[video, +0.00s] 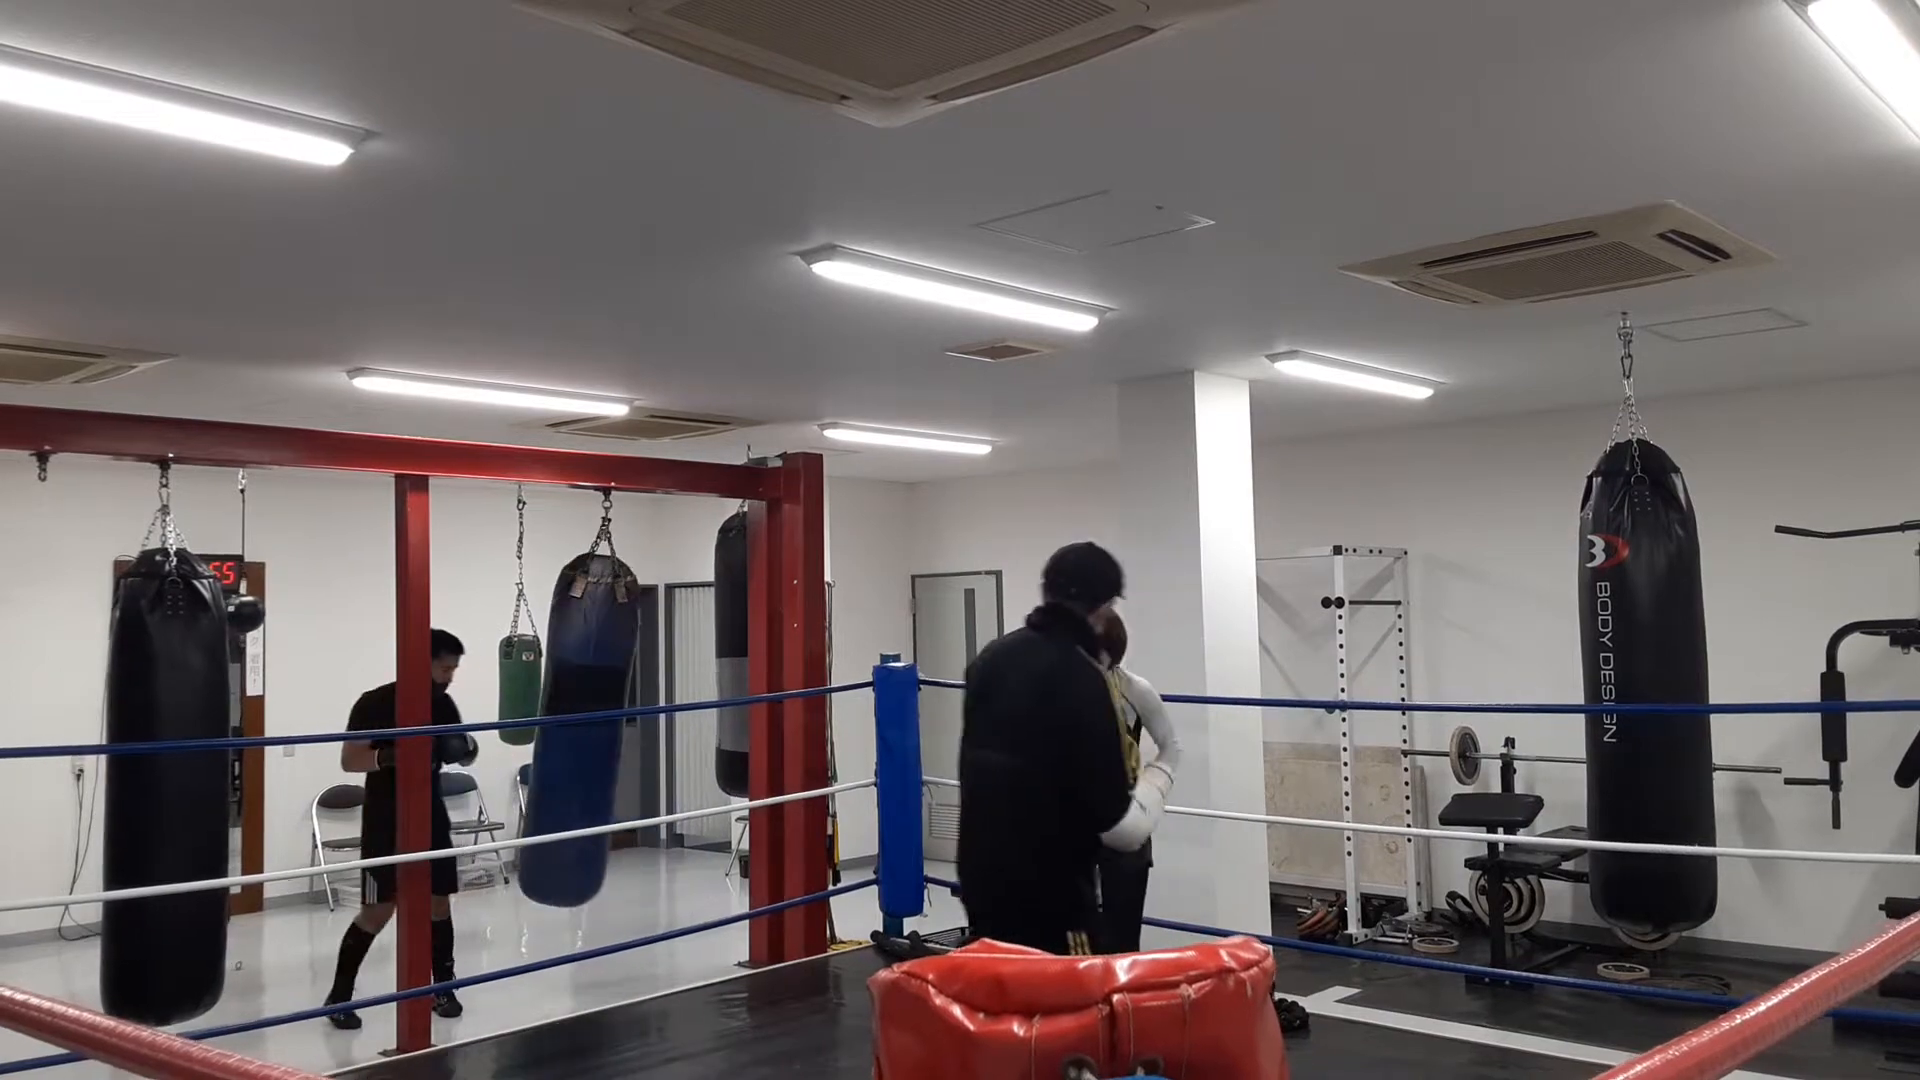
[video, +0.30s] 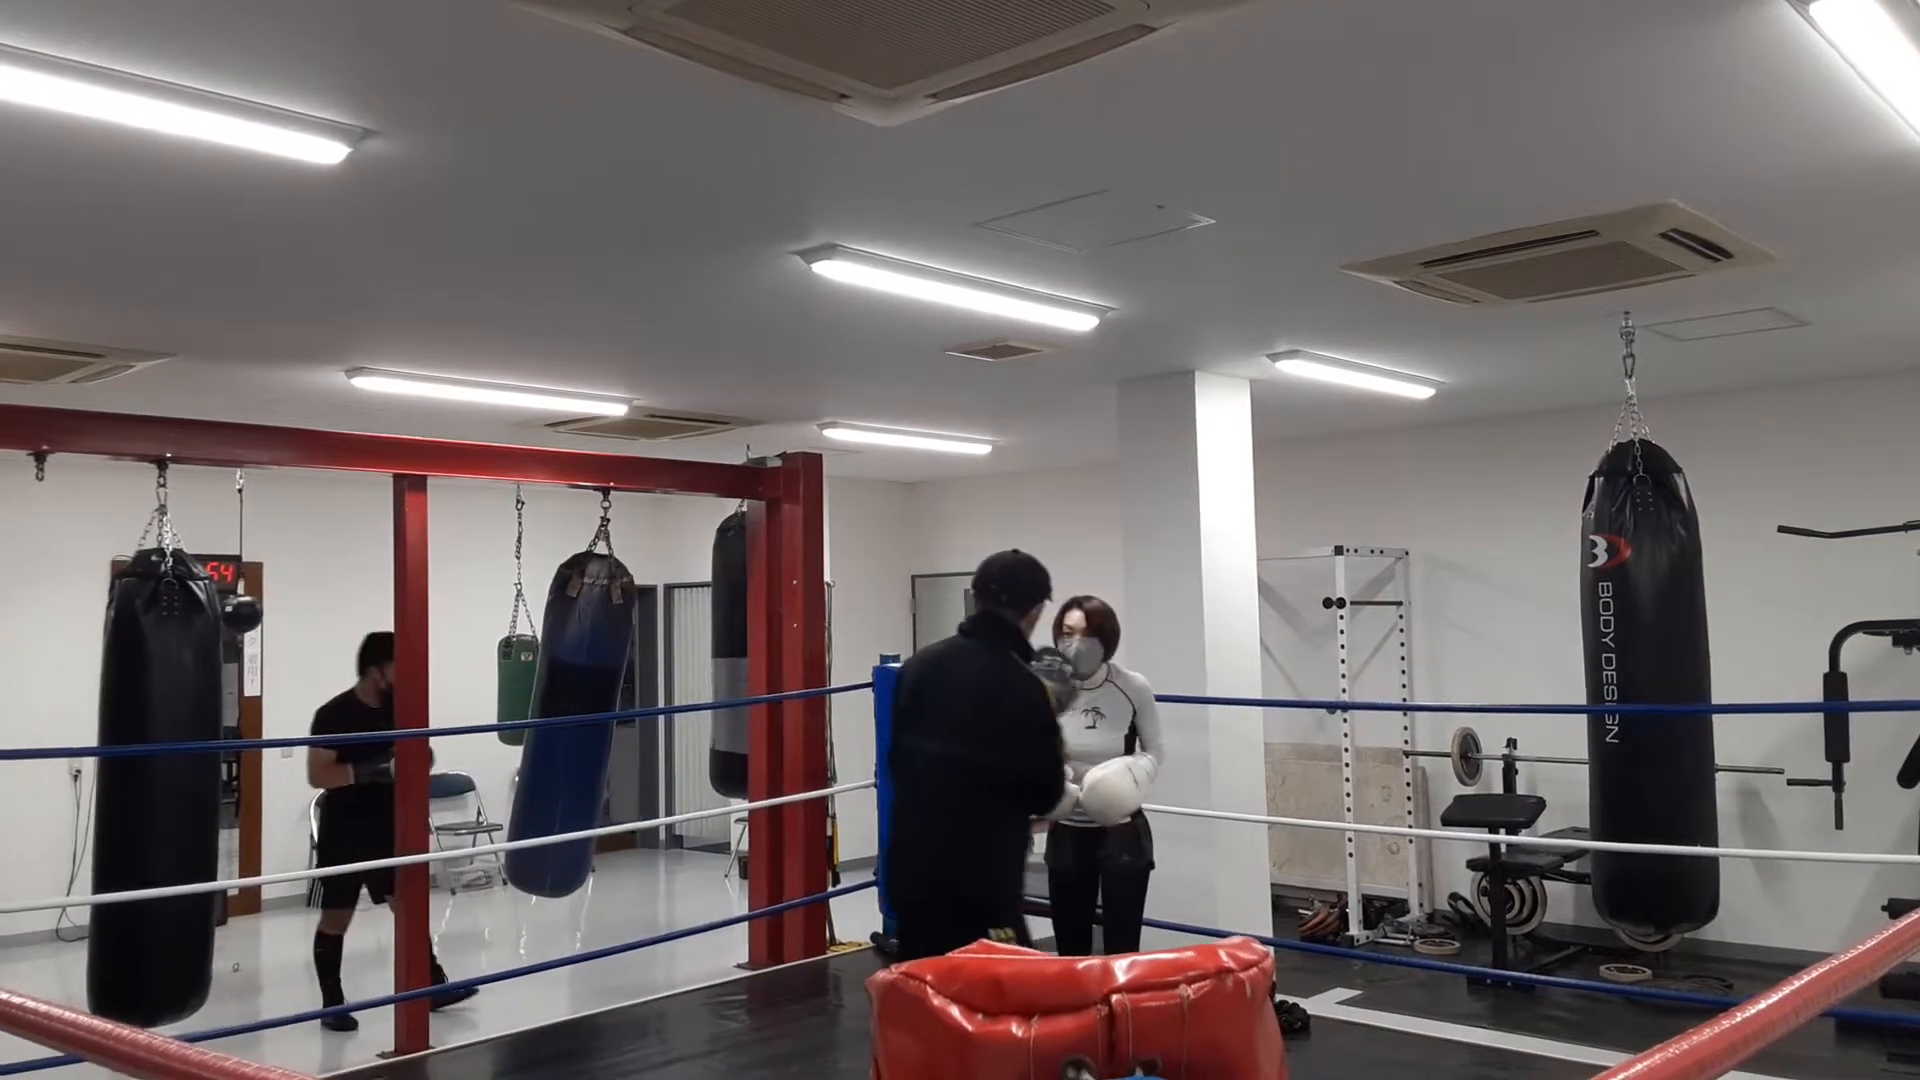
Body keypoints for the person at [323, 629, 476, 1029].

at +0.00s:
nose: (450, 677)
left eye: (454, 669)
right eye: (445, 668)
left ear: (449, 667)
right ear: (422, 662)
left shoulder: (442, 704)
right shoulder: (375, 703)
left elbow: (463, 750)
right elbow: (350, 760)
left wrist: (456, 748)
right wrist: (396, 753)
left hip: (430, 811)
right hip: (385, 814)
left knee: (439, 899)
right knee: (380, 906)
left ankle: (442, 987)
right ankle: (339, 998)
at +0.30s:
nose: (400, 677)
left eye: (401, 670)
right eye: (395, 670)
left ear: (390, 672)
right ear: (374, 670)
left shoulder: (398, 709)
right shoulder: (333, 714)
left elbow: (424, 755)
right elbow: (318, 775)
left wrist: (409, 765)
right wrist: (370, 770)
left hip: (390, 825)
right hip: (343, 829)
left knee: (408, 905)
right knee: (336, 915)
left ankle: (433, 984)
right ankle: (332, 1004)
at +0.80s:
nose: (373, 664)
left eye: (373, 656)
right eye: (366, 657)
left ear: (359, 661)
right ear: (339, 661)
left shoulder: (368, 705)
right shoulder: (310, 711)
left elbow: (381, 760)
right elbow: (288, 769)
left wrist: (387, 756)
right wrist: (344, 768)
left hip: (354, 814)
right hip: (319, 816)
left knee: (344, 901)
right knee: (327, 903)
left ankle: (323, 983)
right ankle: (321, 991)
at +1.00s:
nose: (377, 668)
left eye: (378, 660)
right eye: (370, 661)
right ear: (343, 663)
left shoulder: (364, 707)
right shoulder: (310, 708)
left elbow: (354, 756)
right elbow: (287, 764)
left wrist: (380, 758)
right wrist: (342, 771)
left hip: (342, 812)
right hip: (307, 813)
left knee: (331, 900)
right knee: (316, 902)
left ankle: (317, 985)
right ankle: (321, 990)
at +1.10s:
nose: (375, 668)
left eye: (376, 660)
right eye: (367, 661)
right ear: (341, 663)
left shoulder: (361, 705)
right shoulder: (309, 706)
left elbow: (355, 754)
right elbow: (285, 762)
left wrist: (380, 755)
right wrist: (338, 767)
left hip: (338, 814)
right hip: (303, 815)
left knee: (329, 902)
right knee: (314, 903)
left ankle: (323, 984)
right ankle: (310, 995)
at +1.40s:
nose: (363, 671)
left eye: (366, 664)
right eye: (357, 664)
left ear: (364, 664)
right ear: (329, 663)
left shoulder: (357, 708)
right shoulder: (295, 706)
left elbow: (359, 757)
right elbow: (276, 763)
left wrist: (376, 756)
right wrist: (326, 761)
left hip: (338, 815)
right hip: (296, 815)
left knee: (337, 898)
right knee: (296, 902)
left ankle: (320, 984)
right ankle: (292, 992)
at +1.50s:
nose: (363, 675)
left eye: (365, 668)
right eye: (357, 668)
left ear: (361, 668)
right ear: (329, 666)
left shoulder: (357, 710)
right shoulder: (293, 710)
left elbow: (354, 754)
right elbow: (272, 765)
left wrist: (373, 759)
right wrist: (322, 764)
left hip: (337, 817)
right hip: (295, 818)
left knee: (356, 899)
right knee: (292, 905)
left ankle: (325, 976)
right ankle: (291, 994)